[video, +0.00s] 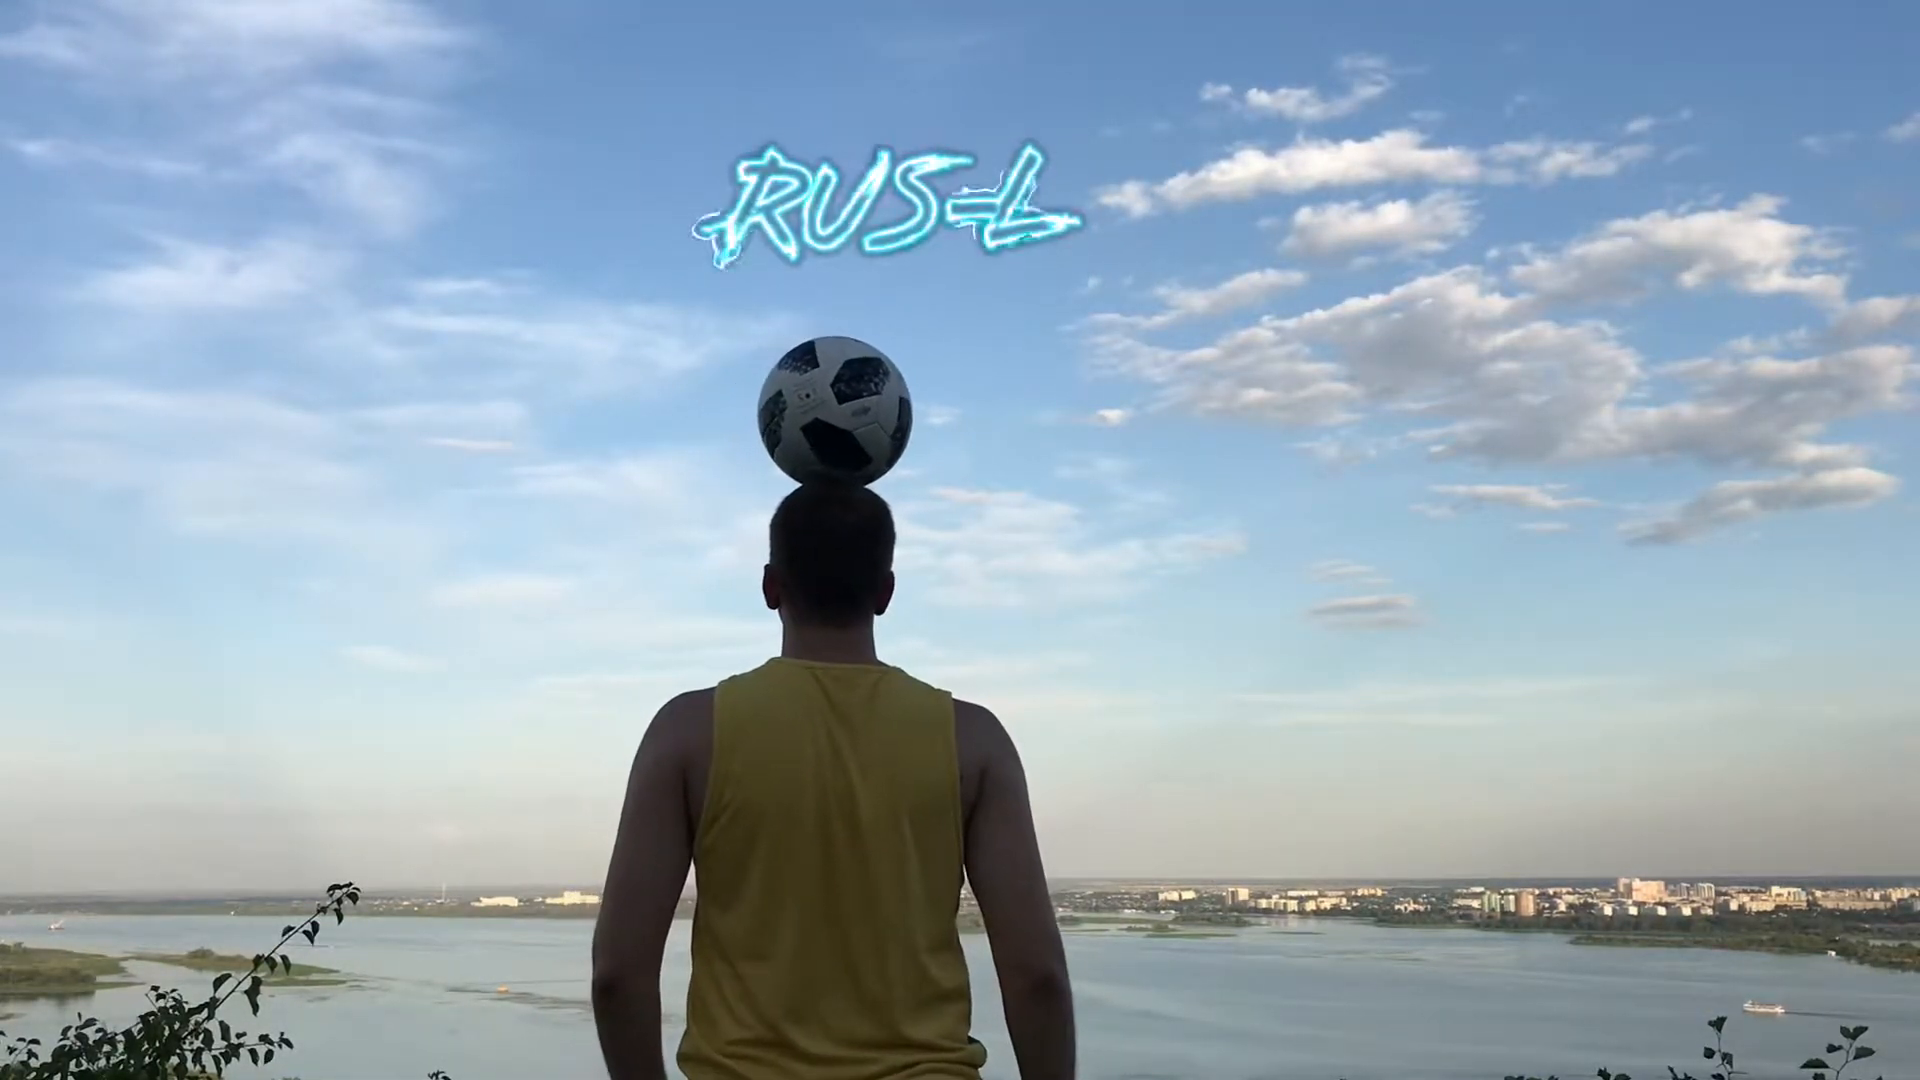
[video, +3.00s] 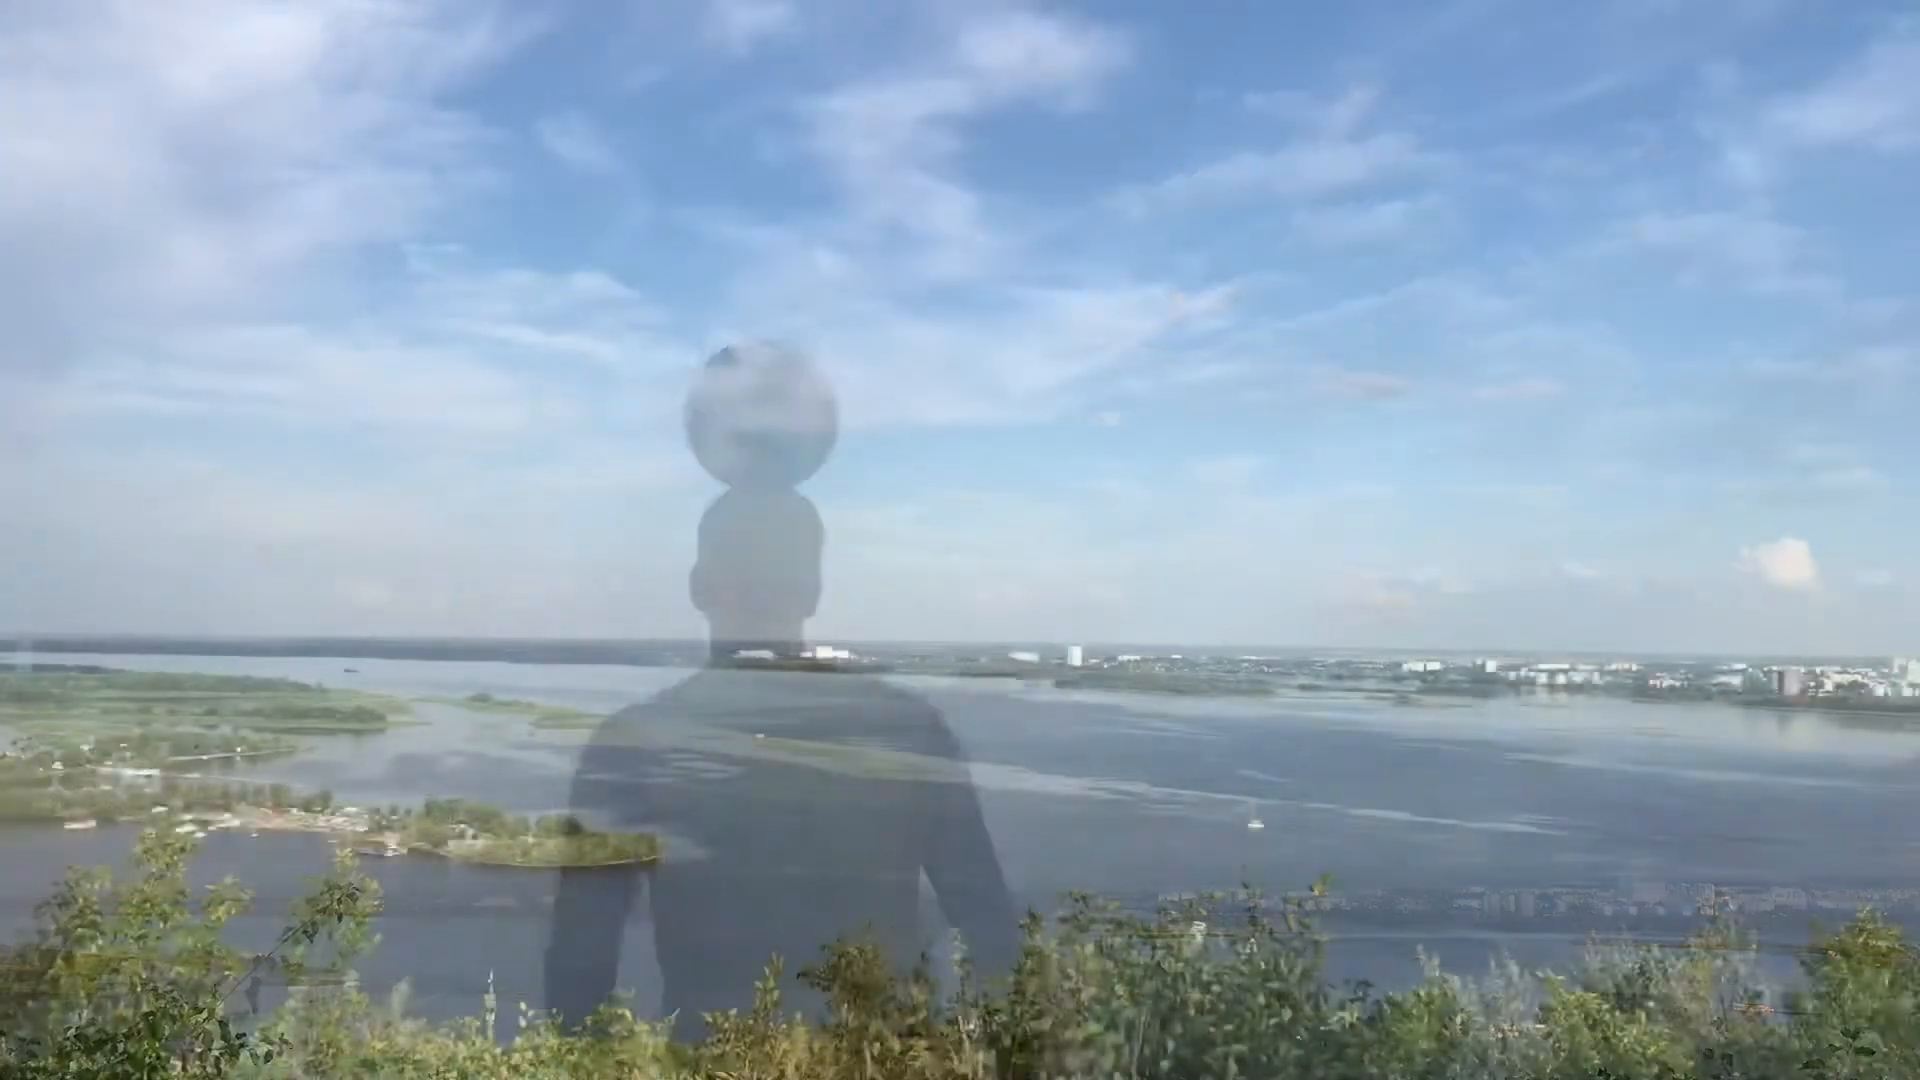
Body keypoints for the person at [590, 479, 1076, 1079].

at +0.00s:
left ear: (771, 585)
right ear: (887, 590)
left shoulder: (690, 728)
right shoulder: (971, 736)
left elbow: (618, 976)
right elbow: (1038, 979)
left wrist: (643, 1073)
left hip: (739, 1060)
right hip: (926, 1062)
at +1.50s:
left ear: (843, 597)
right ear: (958, 603)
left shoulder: (760, 726)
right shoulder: (1031, 747)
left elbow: (675, 958)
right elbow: (1083, 985)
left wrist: (693, 1071)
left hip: (788, 1058)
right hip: (966, 1061)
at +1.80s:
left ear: (915, 602)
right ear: (1028, 604)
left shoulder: (829, 721)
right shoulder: (1096, 755)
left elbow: (737, 942)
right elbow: (1137, 996)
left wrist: (747, 1072)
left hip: (838, 1056)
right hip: (1015, 1060)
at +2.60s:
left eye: (838, 582)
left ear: (841, 598)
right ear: (955, 602)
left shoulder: (775, 737)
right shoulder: (1045, 737)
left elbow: (709, 975)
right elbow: (1123, 963)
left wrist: (734, 1076)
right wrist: (1137, 1075)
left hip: (829, 1062)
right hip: (1009, 1063)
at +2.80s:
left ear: (774, 585)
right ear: (889, 592)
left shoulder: (701, 732)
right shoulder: (974, 732)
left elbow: (639, 970)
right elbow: (1053, 956)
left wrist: (665, 1073)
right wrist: (1076, 1070)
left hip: (772, 1057)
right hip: (944, 1057)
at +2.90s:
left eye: (750, 564)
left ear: (743, 584)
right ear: (860, 590)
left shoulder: (674, 733)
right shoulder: (945, 730)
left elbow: (610, 960)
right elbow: (1021, 932)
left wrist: (635, 1072)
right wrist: (1049, 1067)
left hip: (744, 1058)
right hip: (918, 1059)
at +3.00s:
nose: (749, 586)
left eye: (708, 563)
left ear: (700, 586)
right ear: (815, 586)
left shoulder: (636, 739)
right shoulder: (904, 723)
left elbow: (580, 955)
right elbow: (987, 912)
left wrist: (580, 1059)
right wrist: (1016, 1044)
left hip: (716, 1051)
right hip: (883, 1050)